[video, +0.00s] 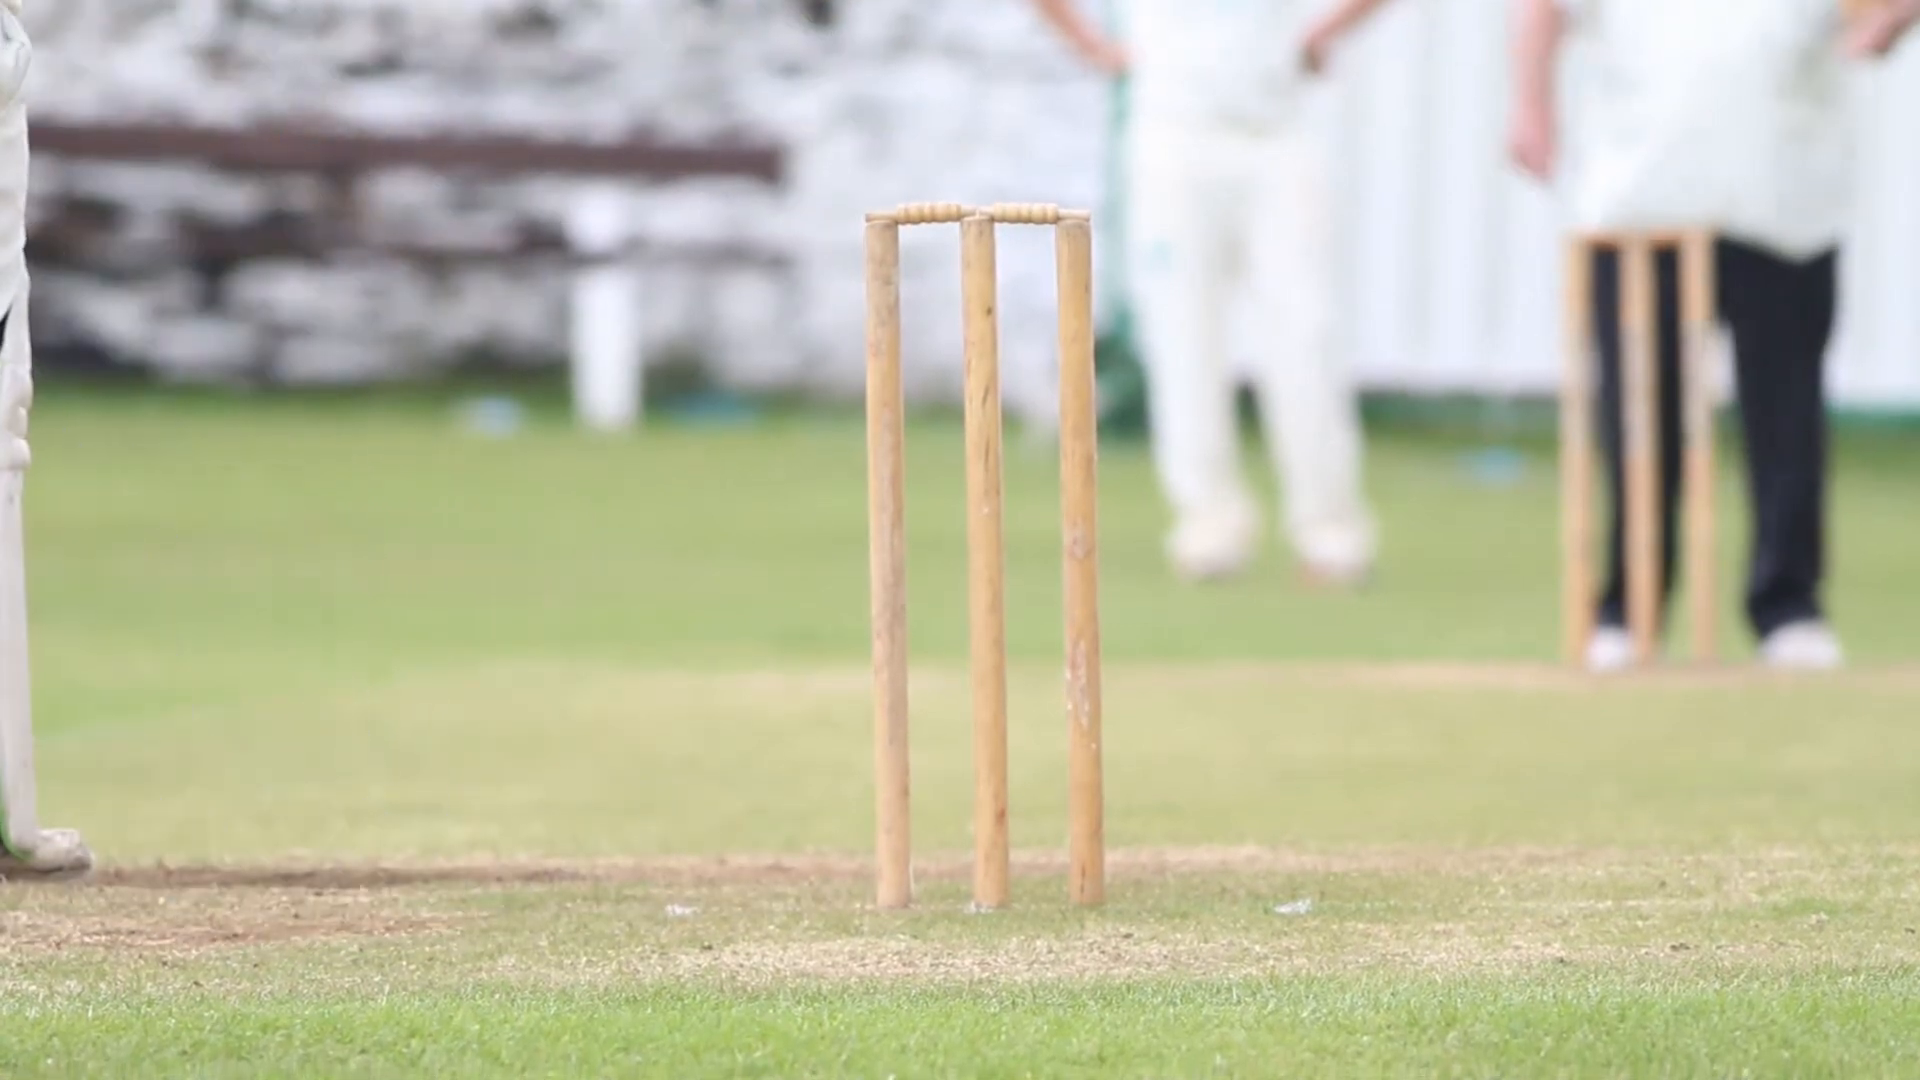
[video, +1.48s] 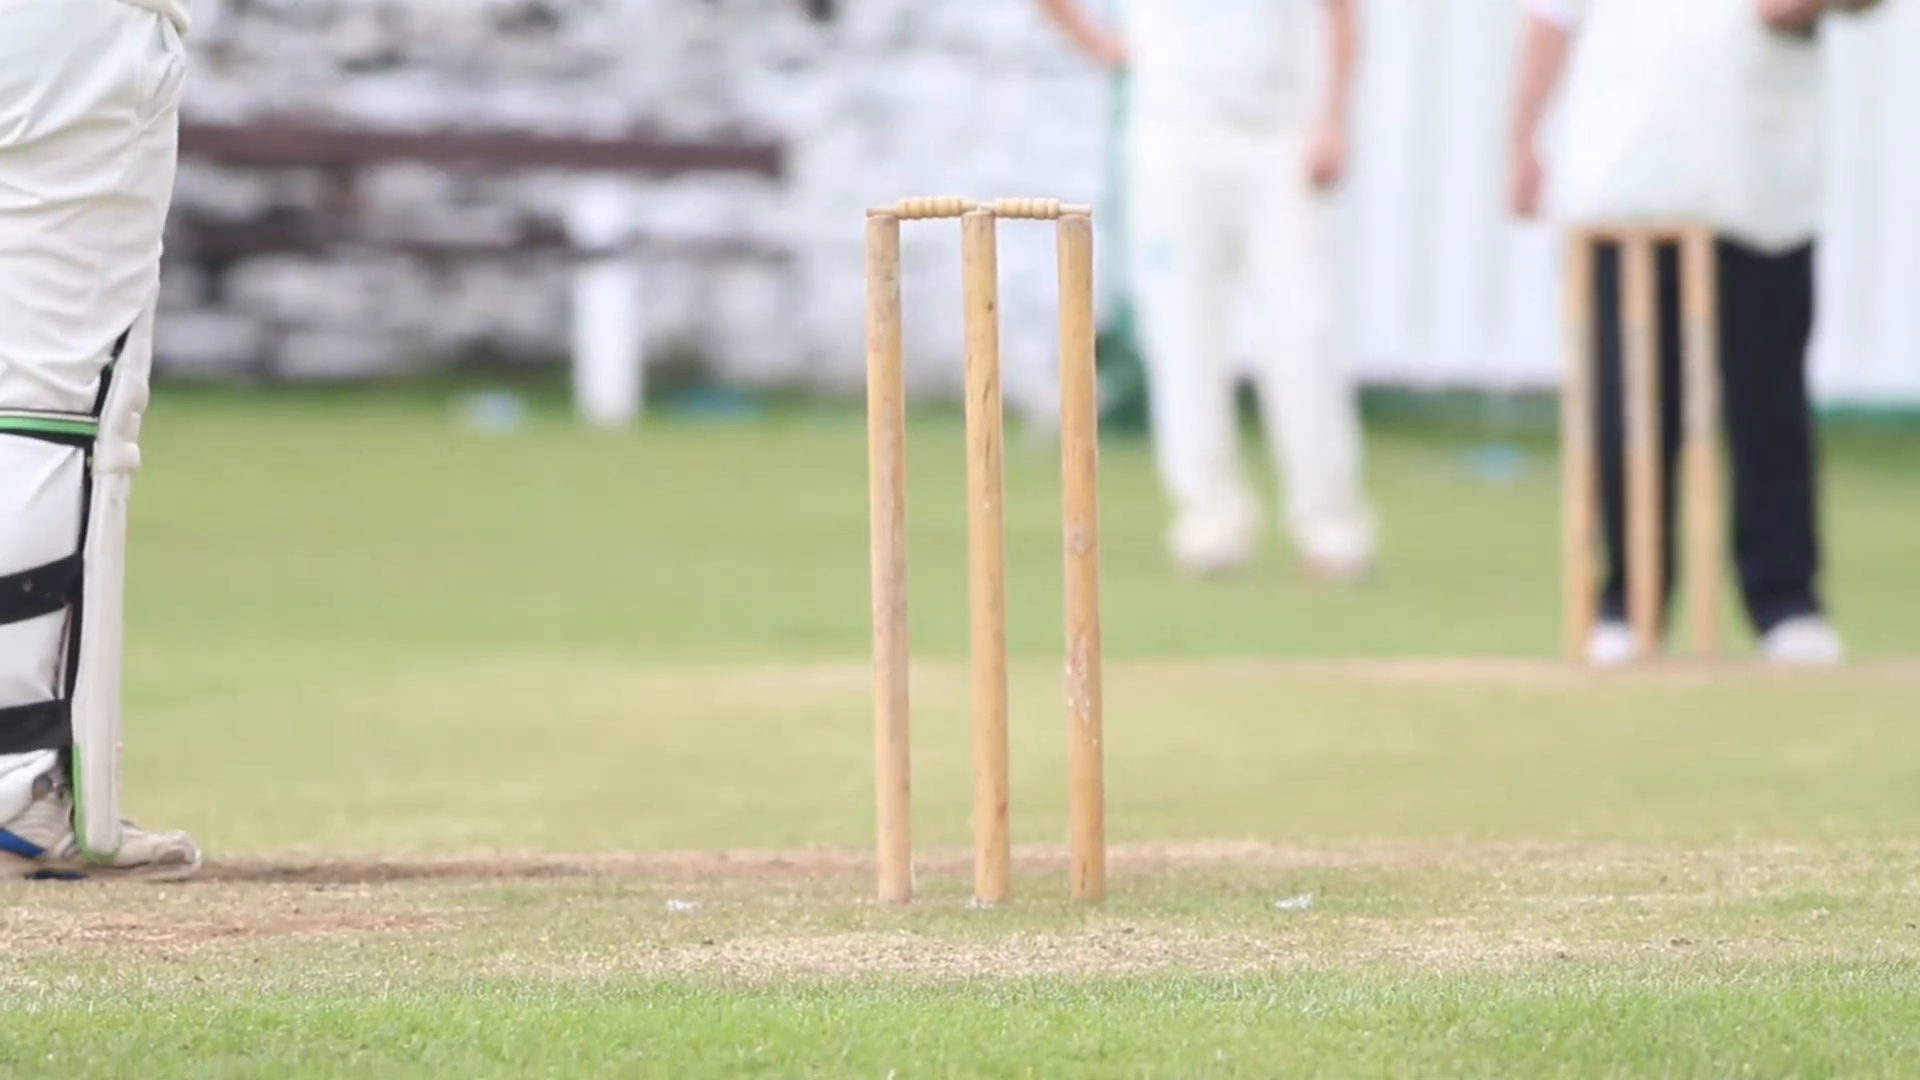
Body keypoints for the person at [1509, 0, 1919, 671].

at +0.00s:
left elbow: (1870, 25)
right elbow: (1544, 7)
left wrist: (1889, 15)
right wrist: (1532, 103)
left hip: (1786, 164)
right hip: (1636, 159)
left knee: (1784, 410)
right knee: (1634, 411)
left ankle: (1790, 614)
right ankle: (1624, 616)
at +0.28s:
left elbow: (1888, 14)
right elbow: (1596, 22)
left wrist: (1879, 11)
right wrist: (1590, 152)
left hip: (1817, 185)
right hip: (1669, 179)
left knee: (1805, 425)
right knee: (1658, 420)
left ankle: (1794, 614)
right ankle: (1627, 616)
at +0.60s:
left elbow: (1868, 18)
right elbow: (1622, 18)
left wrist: (1882, 12)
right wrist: (1612, 150)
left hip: (1830, 191)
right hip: (1691, 182)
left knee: (1810, 425)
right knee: (1670, 418)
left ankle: (1795, 613)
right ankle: (1628, 613)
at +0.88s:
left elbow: (1851, 19)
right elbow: (1616, 9)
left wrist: (1879, 11)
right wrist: (1619, 127)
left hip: (1822, 189)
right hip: (1685, 180)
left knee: (1807, 423)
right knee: (1666, 417)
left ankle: (1795, 611)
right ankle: (1631, 612)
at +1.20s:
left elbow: (1900, 3)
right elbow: (1582, 15)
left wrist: (1852, 9)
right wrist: (1561, 151)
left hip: (1798, 180)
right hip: (1649, 170)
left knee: (1790, 414)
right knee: (1645, 412)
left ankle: (1792, 610)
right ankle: (1631, 610)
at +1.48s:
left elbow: (1868, 3)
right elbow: (1552, 13)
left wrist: (1816, 9)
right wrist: (1522, 139)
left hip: (1764, 175)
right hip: (1623, 170)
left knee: (1769, 409)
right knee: (1628, 411)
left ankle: (1788, 609)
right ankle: (1624, 612)